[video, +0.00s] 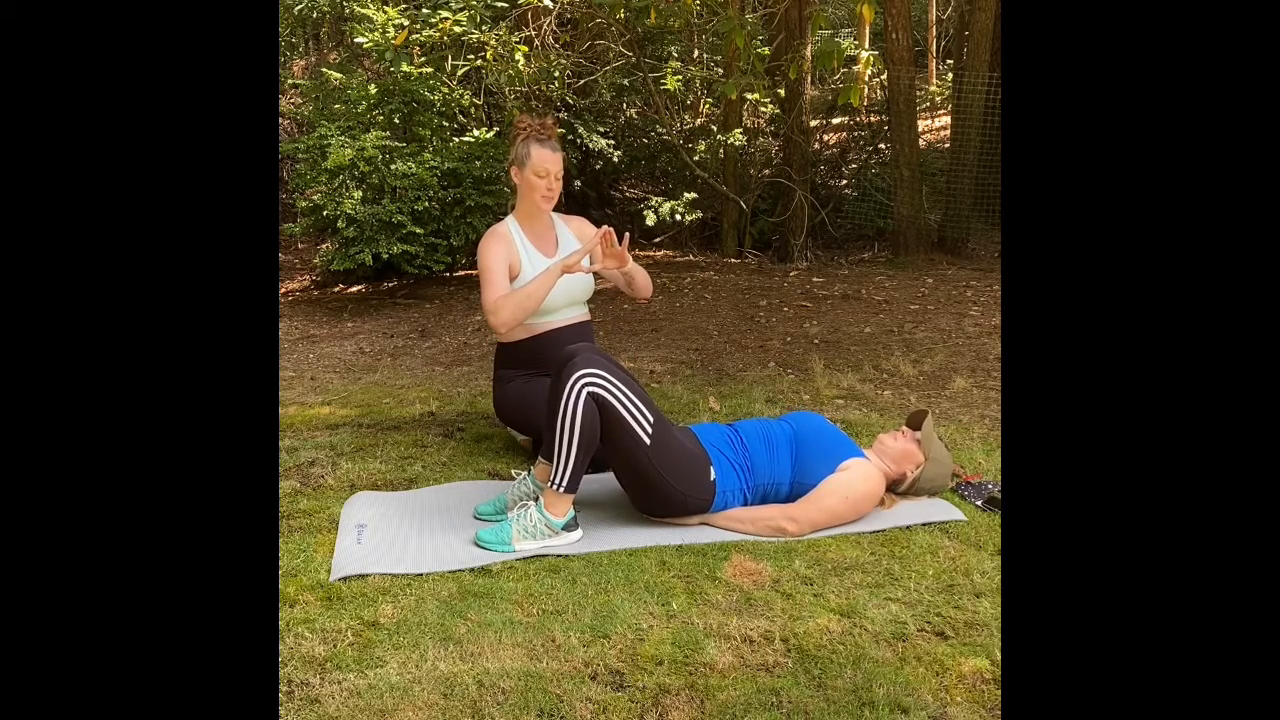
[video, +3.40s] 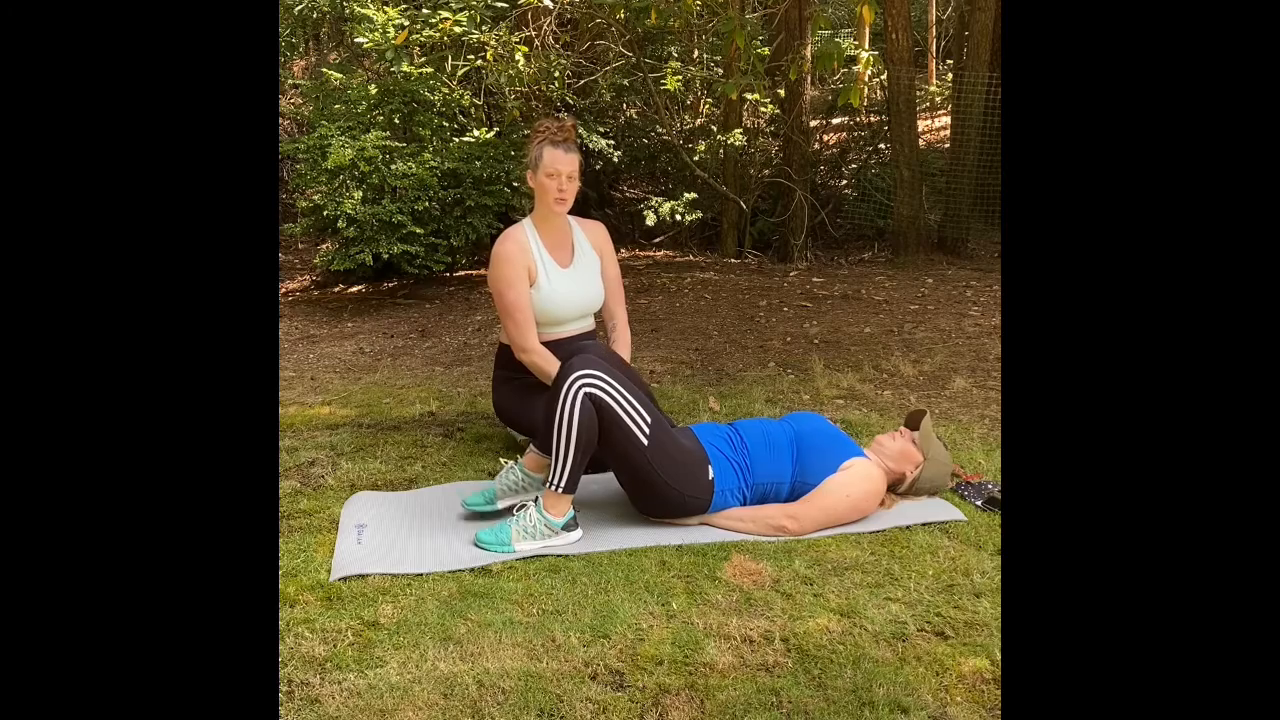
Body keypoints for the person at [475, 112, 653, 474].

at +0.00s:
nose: (552, 186)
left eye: (558, 176)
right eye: (541, 176)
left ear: (564, 177)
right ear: (515, 175)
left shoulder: (578, 229)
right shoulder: (497, 243)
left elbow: (643, 293)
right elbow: (500, 321)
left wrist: (627, 269)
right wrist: (556, 269)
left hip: (584, 364)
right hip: (523, 377)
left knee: (643, 439)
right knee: (606, 447)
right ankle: (541, 451)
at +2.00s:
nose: (552, 186)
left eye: (560, 177)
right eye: (542, 175)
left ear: (566, 179)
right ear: (517, 174)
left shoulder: (580, 229)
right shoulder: (499, 243)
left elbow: (645, 295)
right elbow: (499, 324)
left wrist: (627, 276)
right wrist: (558, 277)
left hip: (584, 364)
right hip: (523, 377)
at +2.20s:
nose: (549, 181)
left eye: (558, 173)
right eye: (539, 171)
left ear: (565, 179)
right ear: (518, 174)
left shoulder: (583, 231)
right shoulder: (502, 242)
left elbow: (626, 289)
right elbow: (491, 336)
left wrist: (629, 302)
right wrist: (564, 320)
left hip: (581, 368)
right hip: (521, 381)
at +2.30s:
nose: (551, 181)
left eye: (559, 172)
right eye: (540, 170)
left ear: (566, 178)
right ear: (519, 175)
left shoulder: (584, 232)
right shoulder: (503, 243)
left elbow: (620, 299)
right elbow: (491, 342)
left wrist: (625, 337)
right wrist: (569, 355)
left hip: (586, 367)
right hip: (523, 377)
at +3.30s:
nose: (563, 187)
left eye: (571, 177)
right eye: (553, 176)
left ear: (579, 181)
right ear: (531, 179)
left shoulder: (594, 234)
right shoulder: (511, 248)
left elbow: (617, 323)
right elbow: (526, 348)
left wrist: (616, 384)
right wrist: (590, 396)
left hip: (586, 367)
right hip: (526, 378)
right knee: (605, 441)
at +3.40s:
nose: (563, 186)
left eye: (571, 177)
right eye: (552, 176)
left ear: (579, 180)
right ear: (531, 179)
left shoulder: (595, 234)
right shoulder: (512, 247)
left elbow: (618, 324)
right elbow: (526, 349)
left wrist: (617, 384)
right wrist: (589, 396)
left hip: (589, 371)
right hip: (524, 380)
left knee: (584, 350)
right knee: (607, 444)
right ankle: (533, 465)